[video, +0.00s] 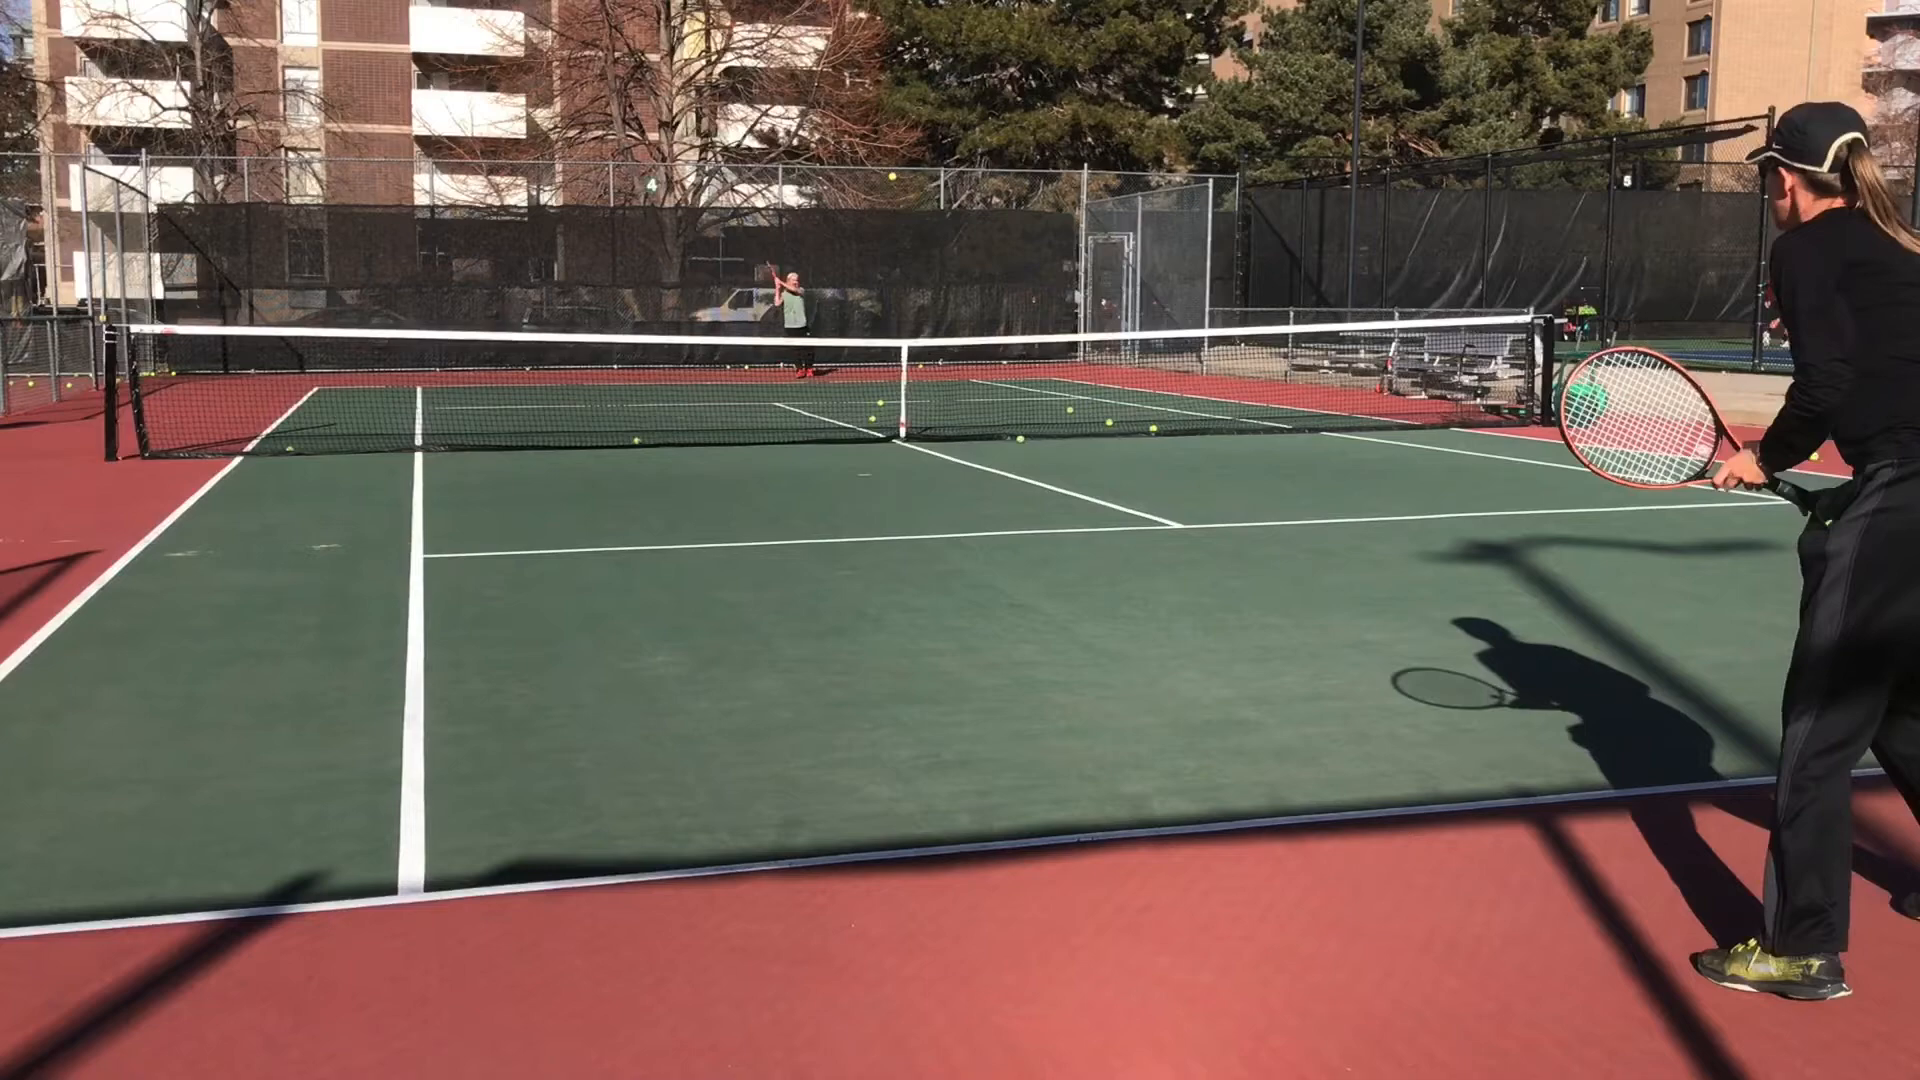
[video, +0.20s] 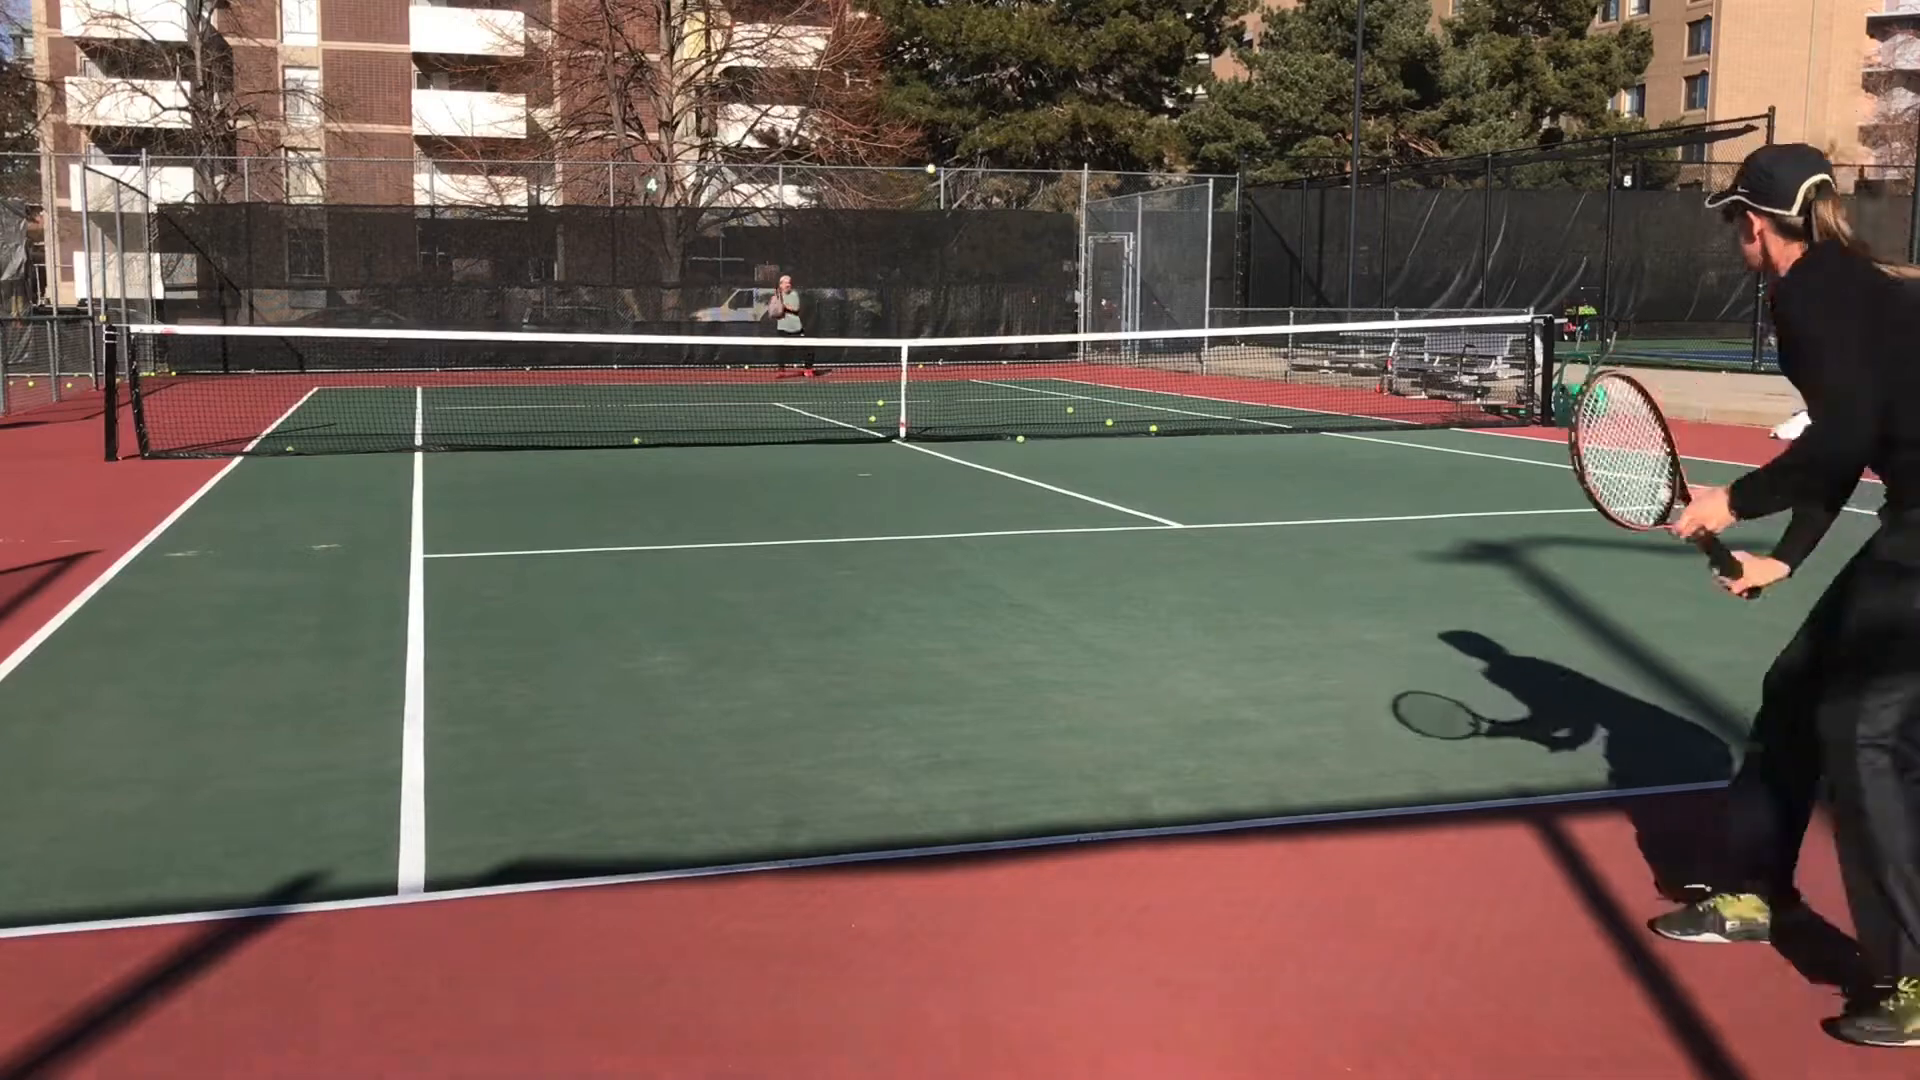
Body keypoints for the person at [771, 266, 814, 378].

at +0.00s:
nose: (796, 282)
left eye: (797, 280)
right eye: (793, 280)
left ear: (798, 281)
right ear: (787, 282)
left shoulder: (801, 291)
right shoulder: (784, 293)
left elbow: (795, 290)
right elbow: (777, 303)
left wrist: (781, 283)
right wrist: (777, 289)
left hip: (802, 324)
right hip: (789, 325)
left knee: (807, 347)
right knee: (794, 348)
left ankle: (809, 367)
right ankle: (799, 368)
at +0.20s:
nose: (787, 285)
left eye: (789, 282)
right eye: (785, 282)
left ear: (791, 284)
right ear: (780, 284)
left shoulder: (794, 294)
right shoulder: (778, 295)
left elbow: (796, 309)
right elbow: (773, 310)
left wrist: (783, 306)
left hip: (796, 325)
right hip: (783, 326)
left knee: (806, 347)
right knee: (782, 348)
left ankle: (808, 367)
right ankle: (781, 368)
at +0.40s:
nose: (771, 282)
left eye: (773, 280)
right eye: (769, 280)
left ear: (775, 281)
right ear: (765, 281)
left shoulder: (779, 293)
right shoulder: (759, 293)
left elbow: (783, 310)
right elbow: (755, 310)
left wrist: (775, 318)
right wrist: (768, 318)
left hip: (777, 326)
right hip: (765, 326)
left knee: (782, 347)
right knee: (771, 349)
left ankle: (784, 365)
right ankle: (776, 367)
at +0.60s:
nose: (753, 283)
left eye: (755, 280)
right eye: (751, 280)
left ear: (757, 282)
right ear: (747, 281)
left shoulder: (761, 293)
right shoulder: (741, 294)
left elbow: (765, 305)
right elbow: (737, 309)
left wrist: (764, 315)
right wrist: (750, 317)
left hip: (759, 324)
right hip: (747, 325)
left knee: (758, 347)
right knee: (748, 347)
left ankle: (755, 367)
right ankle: (750, 367)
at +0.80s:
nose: (735, 283)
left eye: (736, 281)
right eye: (732, 281)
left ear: (738, 282)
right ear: (728, 282)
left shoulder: (742, 296)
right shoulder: (721, 295)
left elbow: (745, 310)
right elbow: (717, 311)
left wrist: (747, 315)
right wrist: (728, 316)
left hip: (739, 326)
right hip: (726, 326)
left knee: (747, 347)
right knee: (718, 348)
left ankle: (750, 368)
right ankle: (707, 367)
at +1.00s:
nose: (715, 275)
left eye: (717, 272)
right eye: (713, 272)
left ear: (719, 274)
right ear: (708, 274)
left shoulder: (723, 287)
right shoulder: (702, 286)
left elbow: (725, 300)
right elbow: (696, 301)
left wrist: (724, 307)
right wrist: (706, 310)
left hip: (718, 320)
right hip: (704, 320)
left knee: (719, 345)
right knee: (704, 345)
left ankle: (718, 367)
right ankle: (701, 367)